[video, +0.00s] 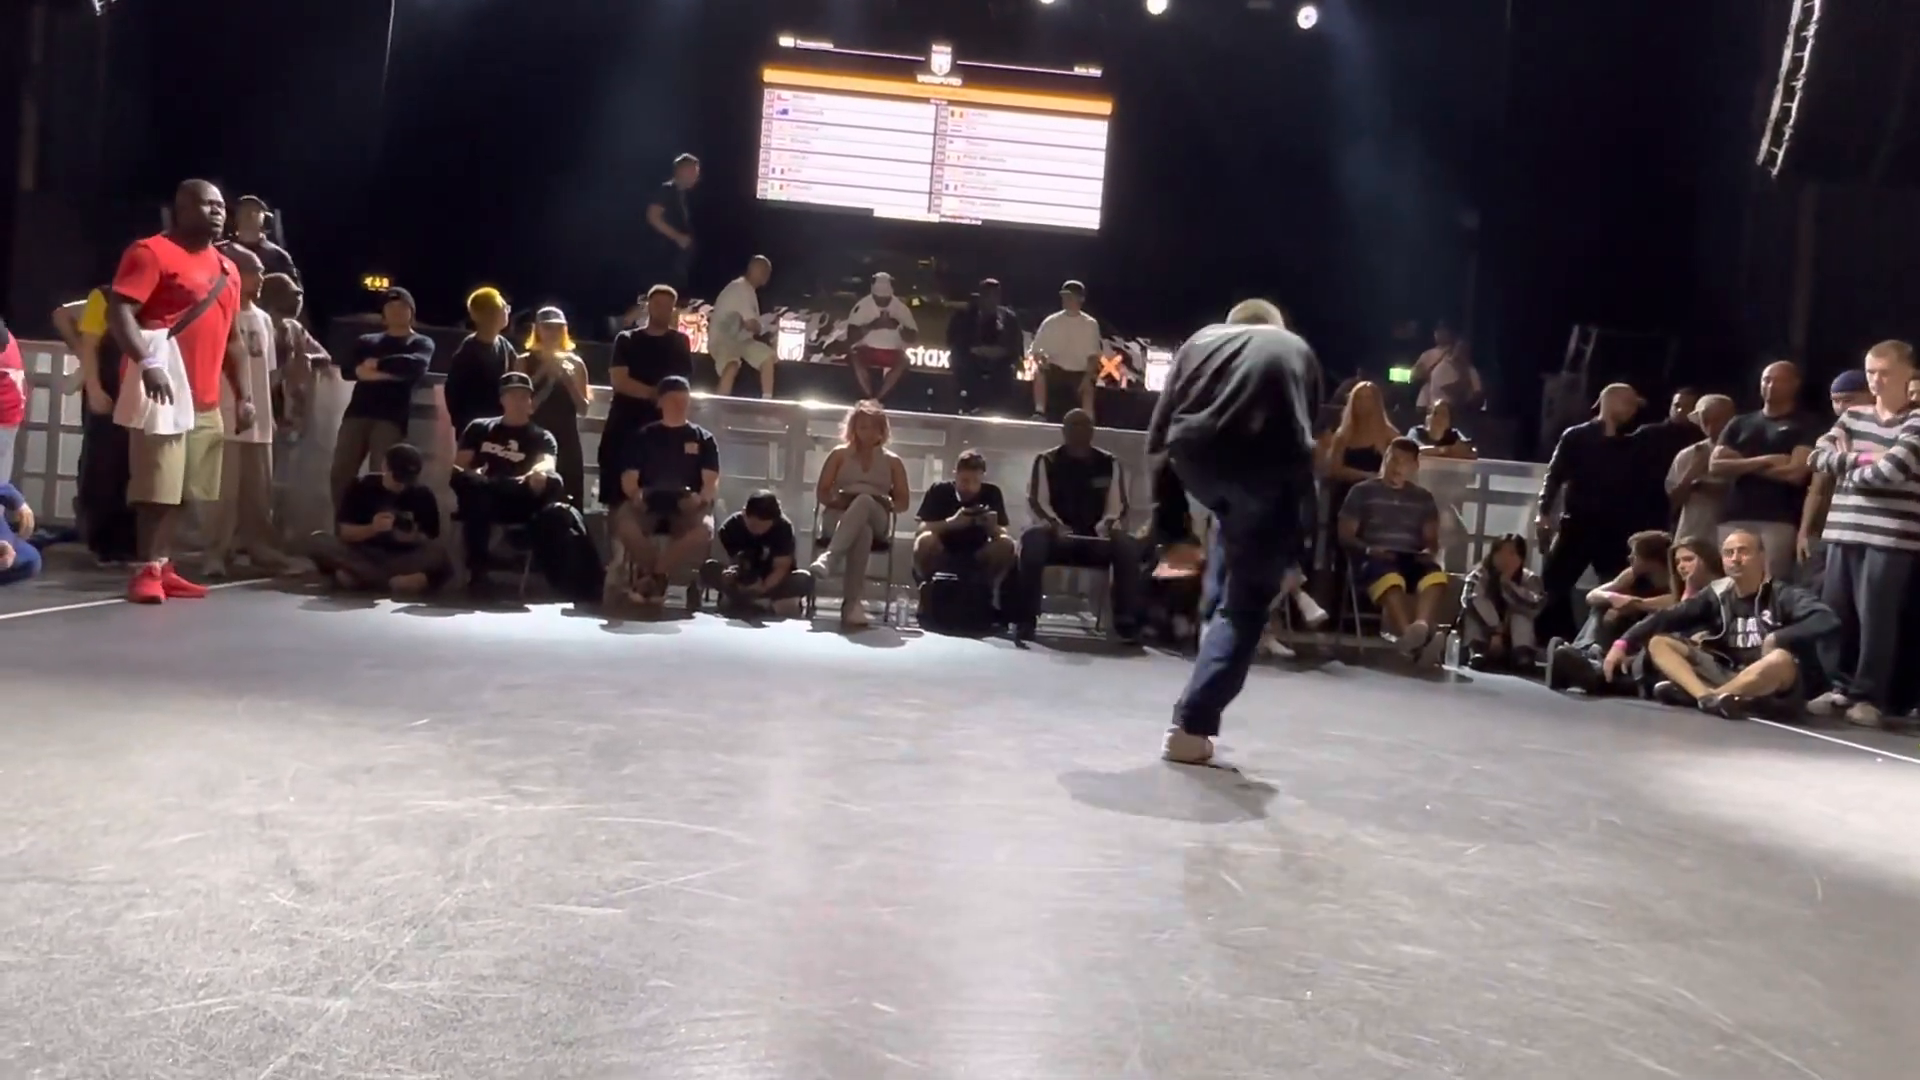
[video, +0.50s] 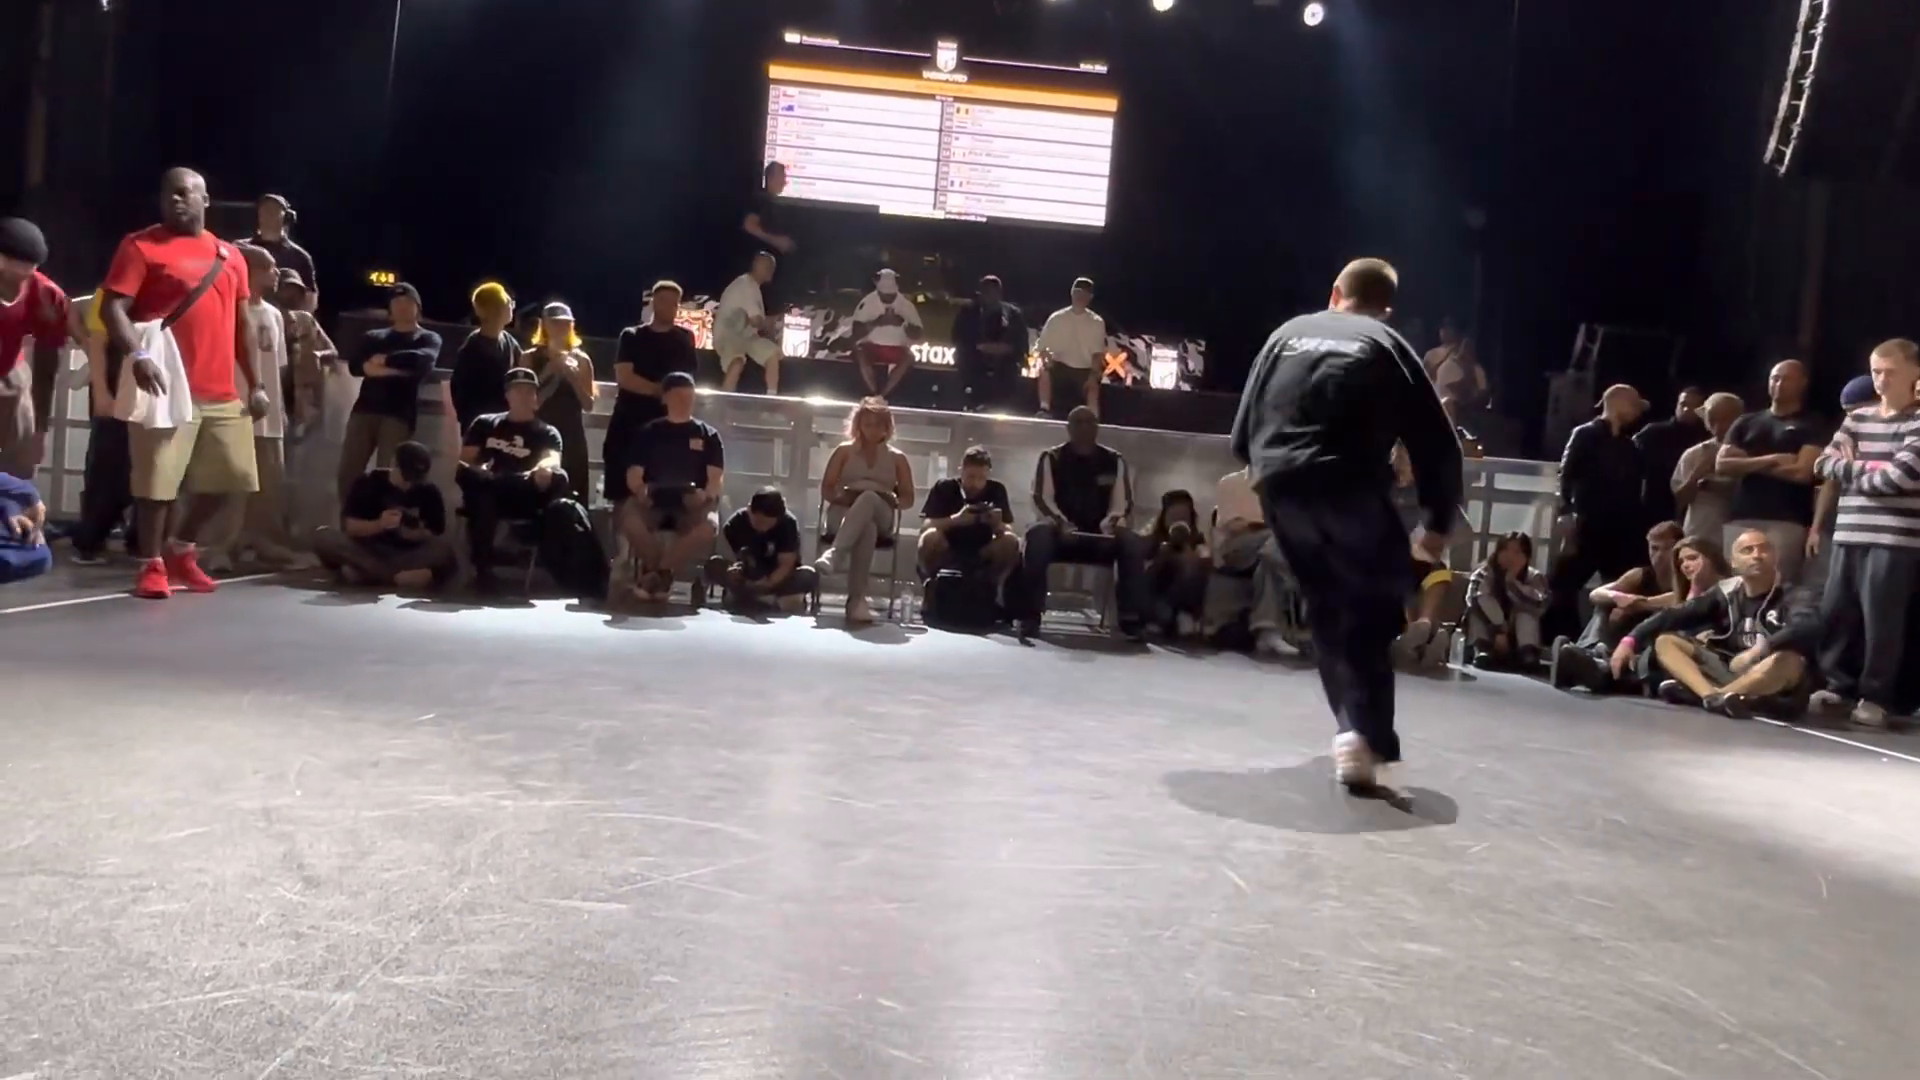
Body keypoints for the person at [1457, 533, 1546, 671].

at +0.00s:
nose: (1504, 559)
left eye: (1511, 554)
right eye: (1500, 553)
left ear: (1521, 559)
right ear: (1493, 555)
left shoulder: (1530, 579)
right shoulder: (1479, 575)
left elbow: (1535, 605)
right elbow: (1472, 600)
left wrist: (1507, 584)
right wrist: (1494, 629)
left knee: (1520, 615)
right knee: (1472, 611)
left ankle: (1523, 653)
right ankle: (1476, 650)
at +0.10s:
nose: (1505, 559)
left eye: (1512, 554)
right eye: (1501, 553)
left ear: (1522, 560)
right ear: (1494, 555)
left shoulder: (1531, 579)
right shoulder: (1480, 575)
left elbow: (1537, 605)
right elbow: (1473, 600)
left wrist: (1508, 584)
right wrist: (1496, 629)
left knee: (1521, 614)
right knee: (1474, 611)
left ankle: (1524, 653)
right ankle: (1477, 650)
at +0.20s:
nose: (1507, 559)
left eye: (1514, 554)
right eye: (1502, 552)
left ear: (1523, 560)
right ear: (1495, 555)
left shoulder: (1532, 579)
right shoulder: (1481, 575)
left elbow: (1537, 604)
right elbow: (1475, 600)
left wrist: (1509, 584)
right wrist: (1496, 630)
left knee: (1523, 613)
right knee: (1476, 610)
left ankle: (1526, 653)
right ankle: (1479, 650)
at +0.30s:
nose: (1508, 559)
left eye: (1515, 554)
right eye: (1503, 552)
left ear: (1524, 559)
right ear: (1496, 554)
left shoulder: (1532, 578)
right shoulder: (1482, 574)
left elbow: (1537, 604)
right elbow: (1476, 599)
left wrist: (1510, 583)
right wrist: (1497, 630)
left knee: (1524, 613)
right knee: (1477, 609)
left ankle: (1527, 652)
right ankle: (1480, 649)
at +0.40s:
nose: (1509, 558)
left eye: (1516, 553)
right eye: (1504, 551)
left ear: (1526, 559)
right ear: (1496, 554)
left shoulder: (1534, 578)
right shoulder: (1483, 573)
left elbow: (1539, 604)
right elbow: (1476, 599)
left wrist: (1511, 582)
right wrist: (1498, 629)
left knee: (1525, 613)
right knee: (1477, 609)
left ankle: (1528, 652)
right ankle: (1481, 649)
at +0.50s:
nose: (1509, 557)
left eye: (1517, 553)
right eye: (1505, 551)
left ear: (1526, 558)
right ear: (1497, 553)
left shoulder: (1534, 577)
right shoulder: (1484, 573)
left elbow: (1540, 604)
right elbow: (1477, 599)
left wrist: (1512, 582)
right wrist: (1499, 629)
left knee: (1525, 612)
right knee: (1478, 609)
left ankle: (1529, 653)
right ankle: (1482, 650)